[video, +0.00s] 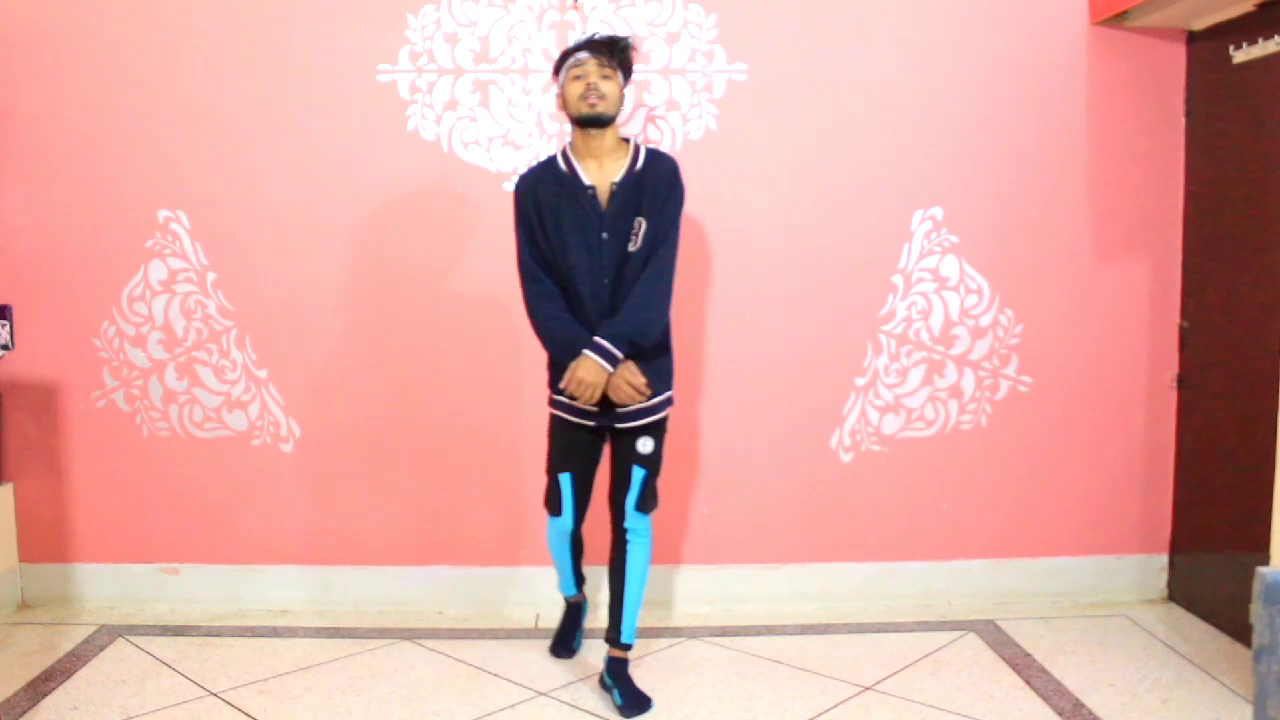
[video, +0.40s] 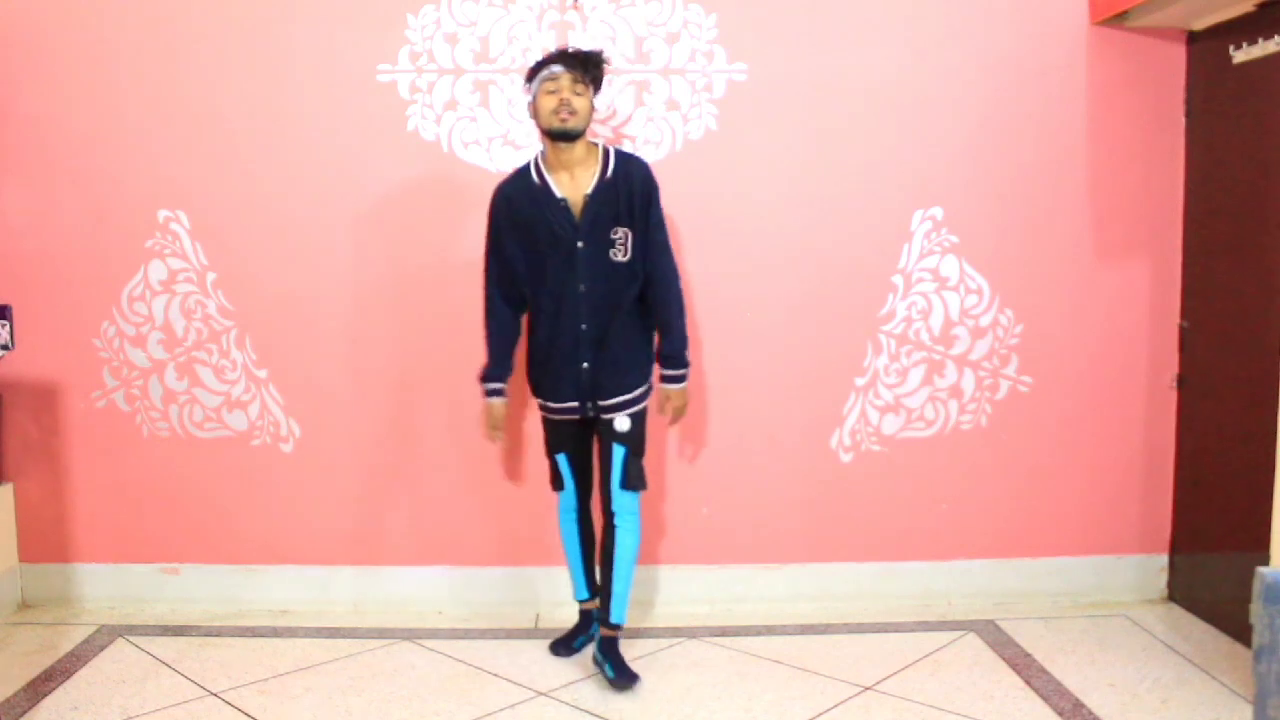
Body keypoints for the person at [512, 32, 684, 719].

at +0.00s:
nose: (590, 84)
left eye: (603, 75)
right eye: (576, 77)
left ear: (625, 91)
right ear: (560, 99)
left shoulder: (658, 170)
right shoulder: (536, 184)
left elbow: (657, 278)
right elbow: (538, 291)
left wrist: (601, 351)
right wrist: (600, 366)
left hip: (644, 369)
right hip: (572, 371)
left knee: (634, 513)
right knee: (564, 506)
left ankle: (618, 657)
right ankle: (573, 600)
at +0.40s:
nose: (564, 98)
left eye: (576, 88)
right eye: (551, 89)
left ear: (594, 103)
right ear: (532, 108)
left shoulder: (631, 175)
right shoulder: (513, 194)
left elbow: (660, 273)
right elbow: (503, 292)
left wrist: (674, 367)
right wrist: (495, 380)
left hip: (625, 364)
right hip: (556, 370)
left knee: (623, 497)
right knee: (571, 496)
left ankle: (611, 633)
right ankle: (587, 610)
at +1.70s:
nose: (595, 61)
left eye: (609, 50)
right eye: (580, 50)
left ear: (630, 66)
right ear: (560, 69)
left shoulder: (665, 165)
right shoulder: (522, 167)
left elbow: (716, 263)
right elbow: (489, 265)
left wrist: (702, 304)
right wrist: (473, 320)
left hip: (652, 382)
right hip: (563, 385)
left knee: (693, 525)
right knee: (568, 539)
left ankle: (630, 643)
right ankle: (579, 695)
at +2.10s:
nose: (627, 110)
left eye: (641, 97)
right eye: (613, 98)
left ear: (663, 110)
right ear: (597, 114)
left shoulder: (701, 200)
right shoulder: (567, 205)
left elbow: (762, 284)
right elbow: (495, 288)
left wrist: (738, 328)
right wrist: (526, 252)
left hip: (665, 412)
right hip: (574, 407)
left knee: (708, 548)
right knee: (535, 538)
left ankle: (738, 685)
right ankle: (519, 701)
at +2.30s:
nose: (614, 101)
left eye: (629, 89)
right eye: (601, 89)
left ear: (651, 101)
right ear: (586, 103)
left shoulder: (696, 186)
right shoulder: (553, 196)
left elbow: (789, 218)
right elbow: (471, 242)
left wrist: (754, 247)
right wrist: (484, 178)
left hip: (676, 403)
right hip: (579, 407)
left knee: (740, 517)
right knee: (534, 524)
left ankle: (765, 653)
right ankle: (506, 632)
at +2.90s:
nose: (618, 114)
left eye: (632, 104)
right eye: (608, 101)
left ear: (650, 118)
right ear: (590, 110)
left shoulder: (668, 191)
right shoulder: (562, 190)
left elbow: (728, 275)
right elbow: (523, 259)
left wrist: (746, 215)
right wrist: (448, 257)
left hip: (643, 390)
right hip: (560, 391)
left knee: (697, 499)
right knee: (509, 495)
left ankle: (736, 621)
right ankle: (503, 624)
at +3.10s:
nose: (611, 164)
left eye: (622, 156)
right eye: (600, 149)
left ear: (627, 166)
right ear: (569, 149)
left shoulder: (642, 232)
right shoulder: (534, 234)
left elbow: (713, 276)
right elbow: (554, 336)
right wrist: (528, 334)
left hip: (640, 421)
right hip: (553, 424)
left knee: (732, 504)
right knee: (490, 526)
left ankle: (677, 634)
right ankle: (483, 626)